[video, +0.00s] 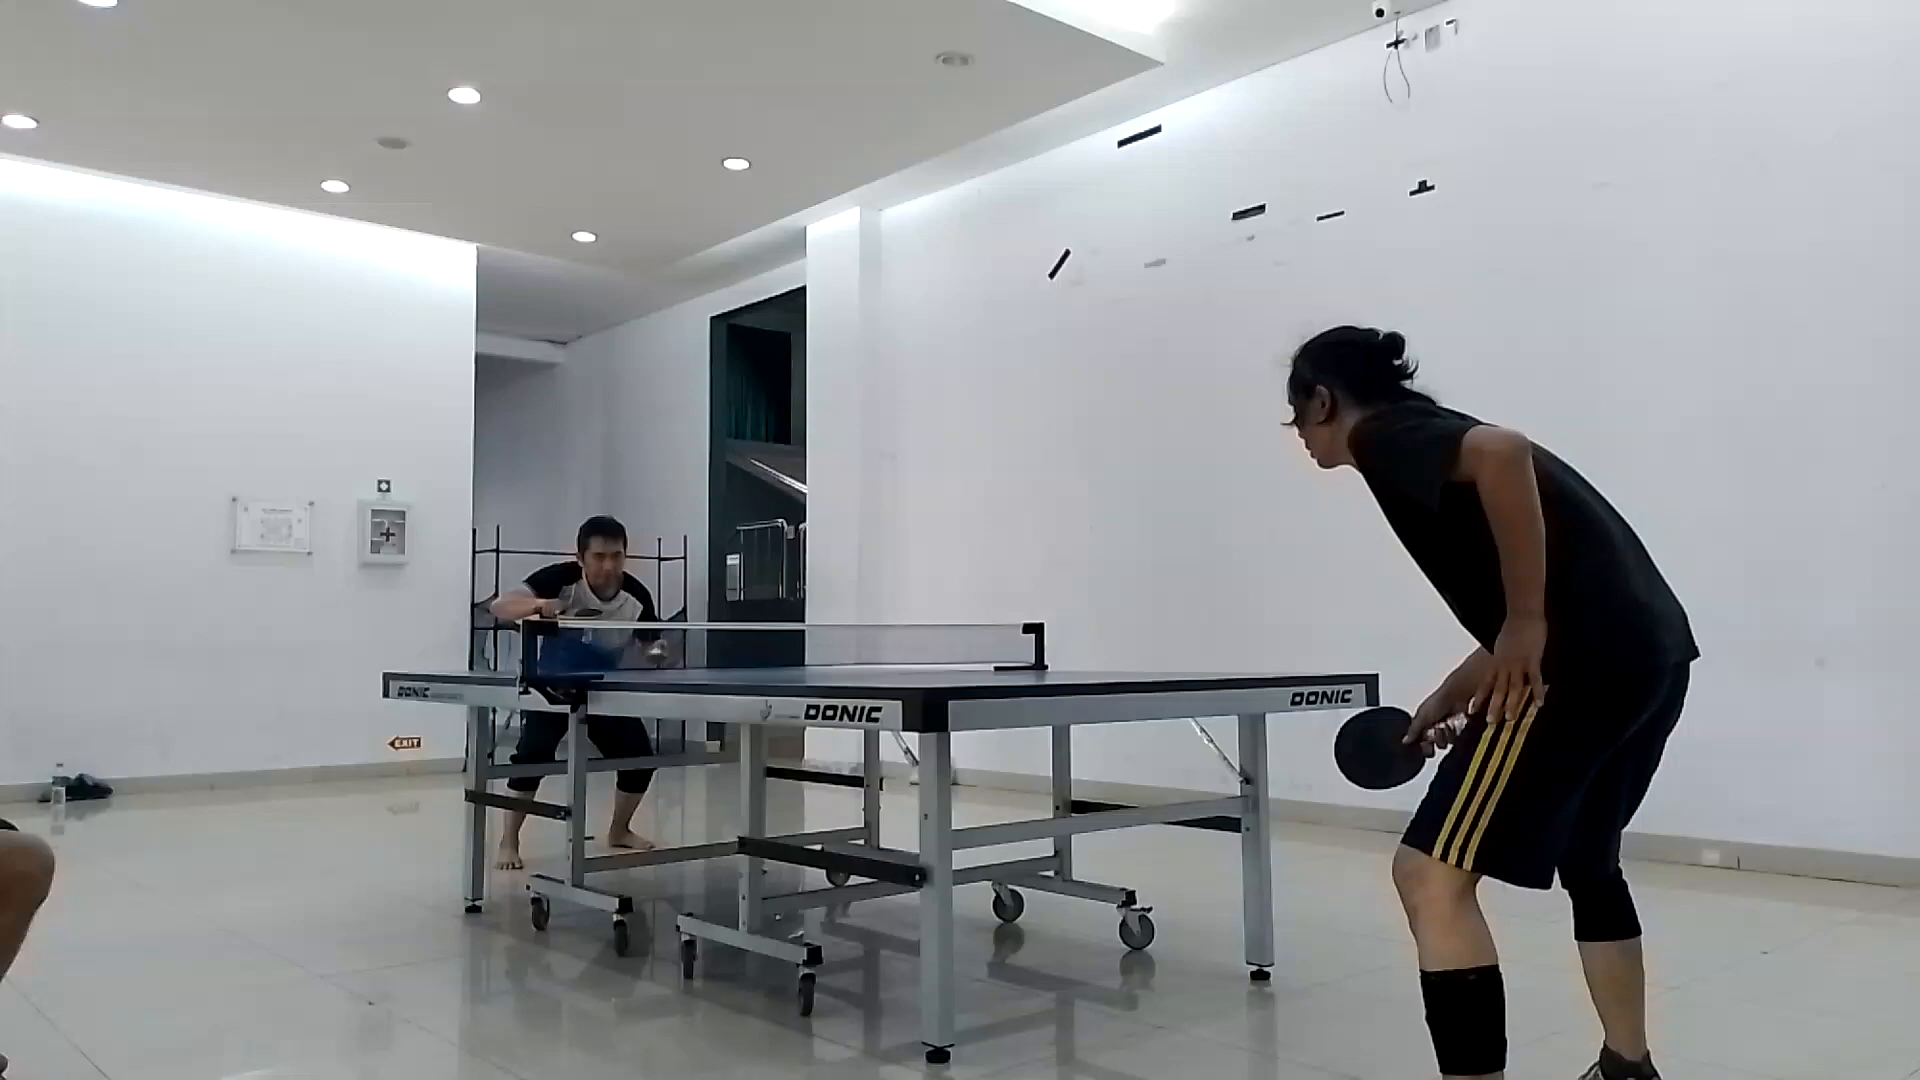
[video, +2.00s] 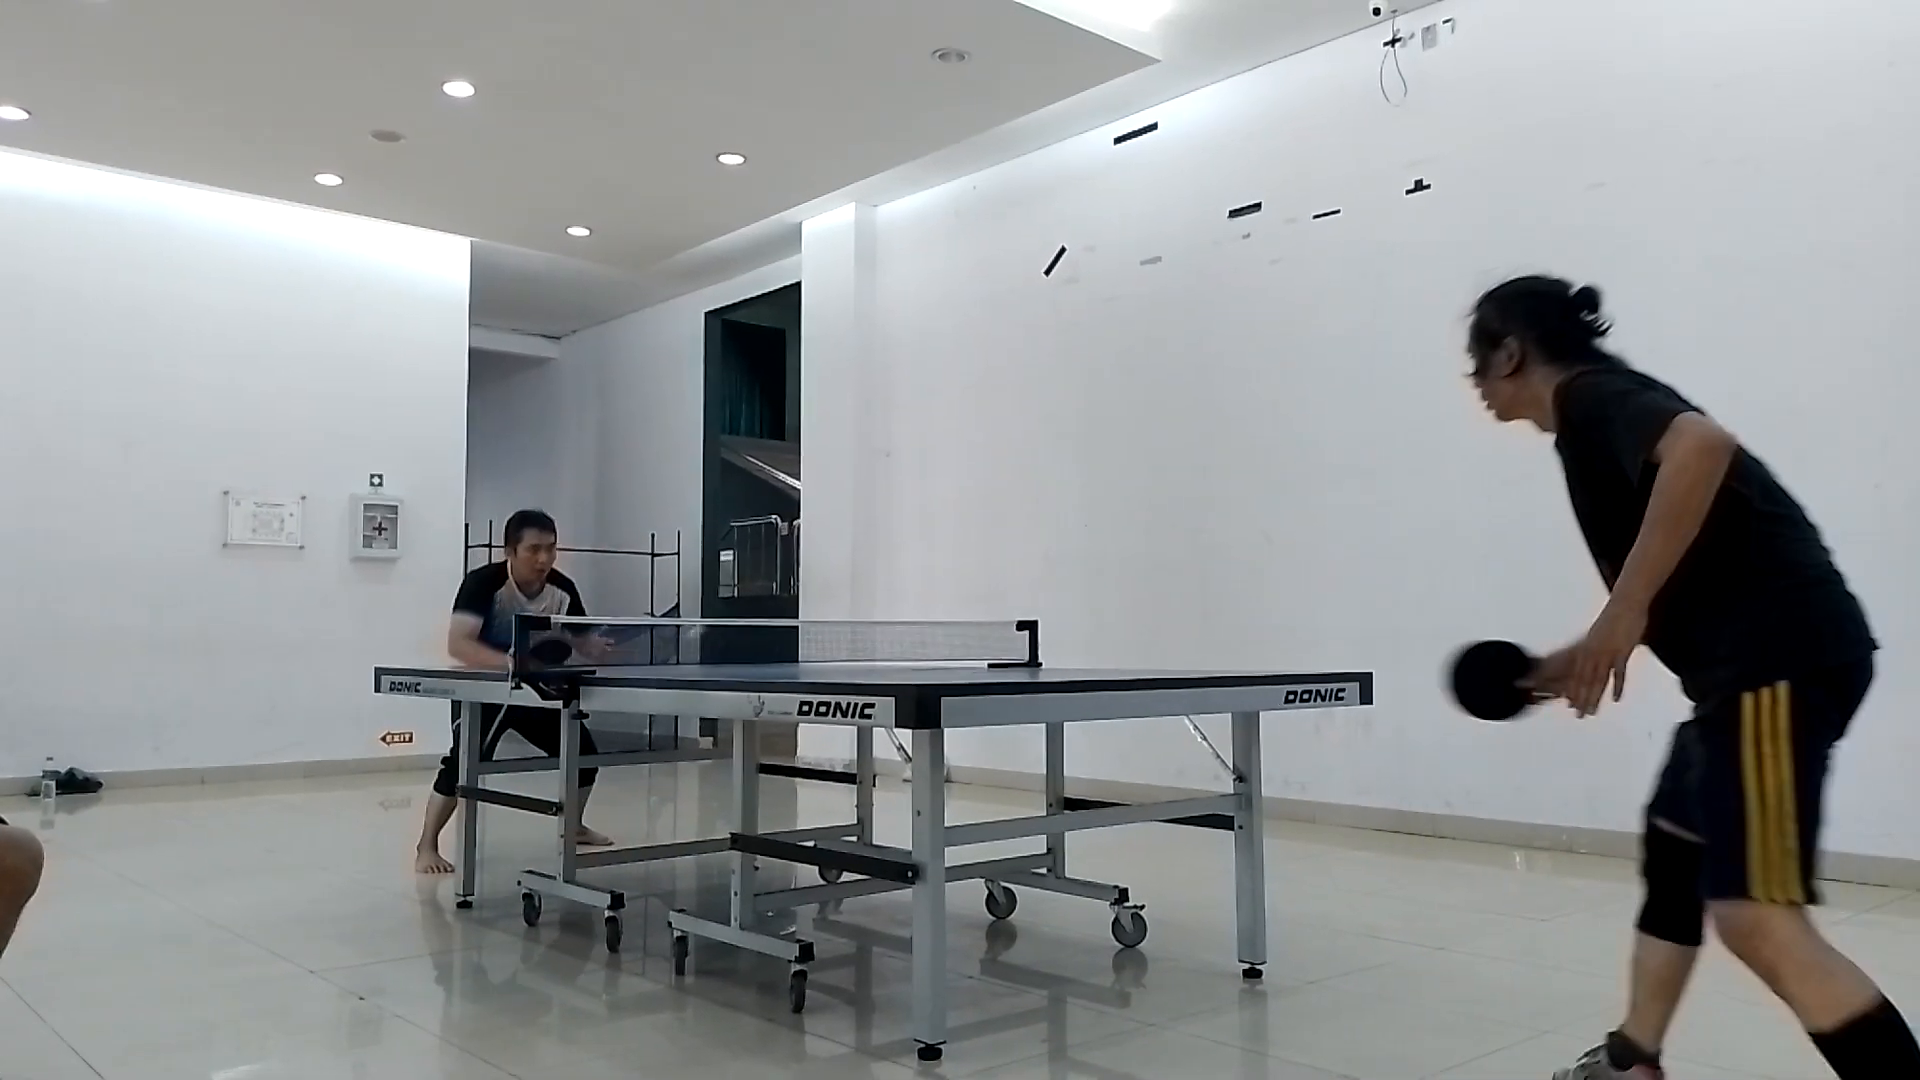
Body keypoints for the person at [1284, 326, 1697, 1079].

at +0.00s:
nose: (1299, 434)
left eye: (1298, 414)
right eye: (1296, 418)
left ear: (1325, 398)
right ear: (1380, 389)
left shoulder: (1383, 434)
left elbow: (1502, 449)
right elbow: (1545, 598)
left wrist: (1520, 619)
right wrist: (1449, 697)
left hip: (1579, 655)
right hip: (1652, 654)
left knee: (1430, 874)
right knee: (1589, 855)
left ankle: (1473, 1071)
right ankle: (1629, 1064)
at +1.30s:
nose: (1348, 407)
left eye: (1343, 386)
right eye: (1340, 392)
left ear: (1367, 360)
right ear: (1426, 346)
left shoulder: (1418, 393)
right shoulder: (1506, 392)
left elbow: (1498, 454)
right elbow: (1529, 527)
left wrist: (1461, 633)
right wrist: (1418, 581)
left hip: (1566, 662)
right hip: (1653, 655)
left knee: (1428, 882)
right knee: (1582, 861)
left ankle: (1481, 1077)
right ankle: (1626, 1067)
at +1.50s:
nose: (1372, 433)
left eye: (1370, 412)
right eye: (1365, 417)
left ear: (1397, 391)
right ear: (1422, 384)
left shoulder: (1468, 404)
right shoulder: (1491, 432)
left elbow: (1565, 435)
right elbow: (1460, 514)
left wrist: (1533, 600)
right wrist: (1350, 551)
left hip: (1629, 663)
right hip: (1688, 659)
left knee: (1503, 873)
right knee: (1595, 866)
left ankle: (1508, 1071)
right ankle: (1623, 1064)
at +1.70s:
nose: (1402, 448)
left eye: (1404, 428)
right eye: (1400, 432)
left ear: (1436, 422)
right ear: (1455, 422)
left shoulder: (1533, 440)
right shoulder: (1489, 509)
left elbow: (1670, 442)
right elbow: (1394, 551)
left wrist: (1635, 589)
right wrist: (1283, 570)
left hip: (1708, 664)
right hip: (1685, 672)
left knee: (1585, 861)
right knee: (1603, 862)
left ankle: (1606, 1067)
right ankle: (1619, 1063)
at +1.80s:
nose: (1422, 441)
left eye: (1421, 422)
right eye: (1418, 425)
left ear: (1453, 406)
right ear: (1469, 408)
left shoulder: (1550, 433)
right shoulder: (1525, 498)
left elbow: (1684, 449)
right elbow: (1474, 587)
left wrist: (1653, 599)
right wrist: (1339, 597)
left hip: (1734, 652)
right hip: (1693, 661)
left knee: (1628, 860)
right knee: (1604, 843)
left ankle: (1715, 1071)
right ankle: (1623, 1062)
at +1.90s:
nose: (1445, 412)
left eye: (1448, 391)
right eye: (1443, 394)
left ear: (1483, 381)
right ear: (1499, 382)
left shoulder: (1569, 416)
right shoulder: (1559, 464)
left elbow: (1690, 451)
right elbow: (1593, 600)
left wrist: (1637, 608)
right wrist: (1448, 640)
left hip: (1753, 656)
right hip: (1707, 667)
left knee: (1676, 883)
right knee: (1624, 835)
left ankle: (1834, 1070)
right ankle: (1623, 1060)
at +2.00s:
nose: (1476, 386)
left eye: (1479, 365)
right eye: (1474, 368)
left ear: (1513, 351)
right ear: (1532, 352)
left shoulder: (1594, 395)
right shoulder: (1588, 428)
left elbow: (1701, 444)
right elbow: (1667, 585)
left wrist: (1622, 616)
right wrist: (1570, 665)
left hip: (1783, 659)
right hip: (1741, 668)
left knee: (1757, 918)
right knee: (1677, 842)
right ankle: (1634, 1057)